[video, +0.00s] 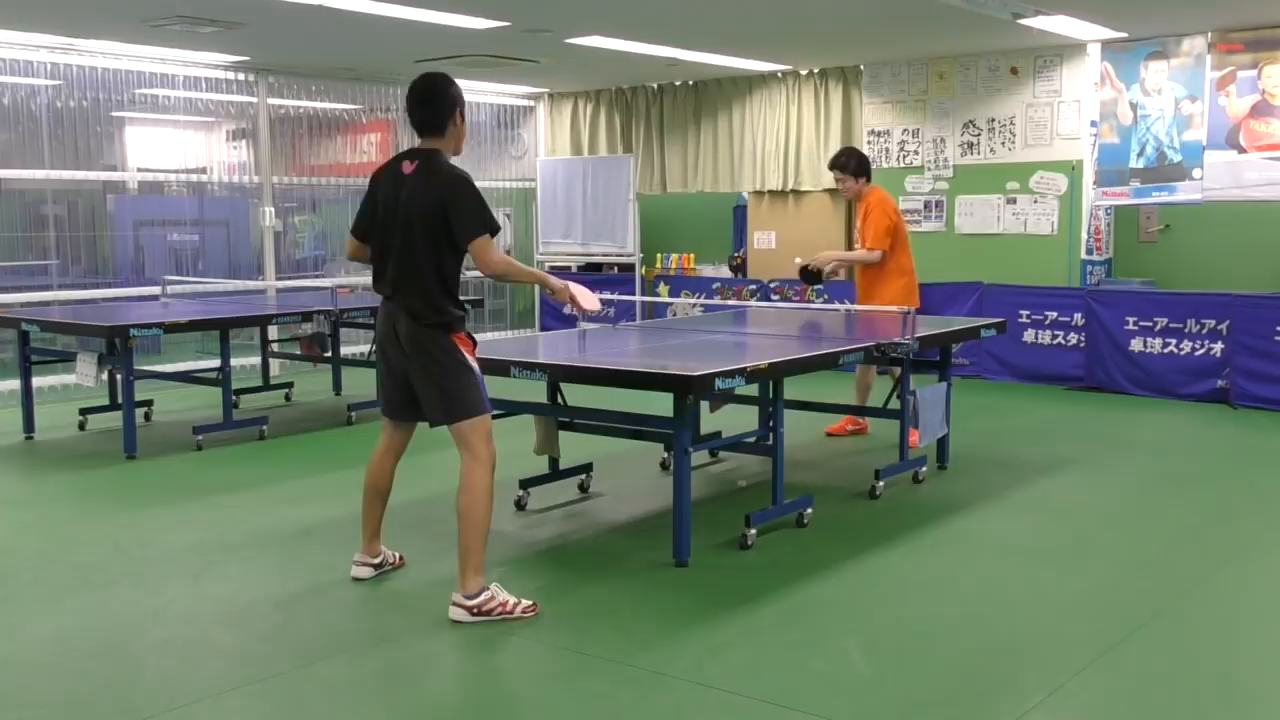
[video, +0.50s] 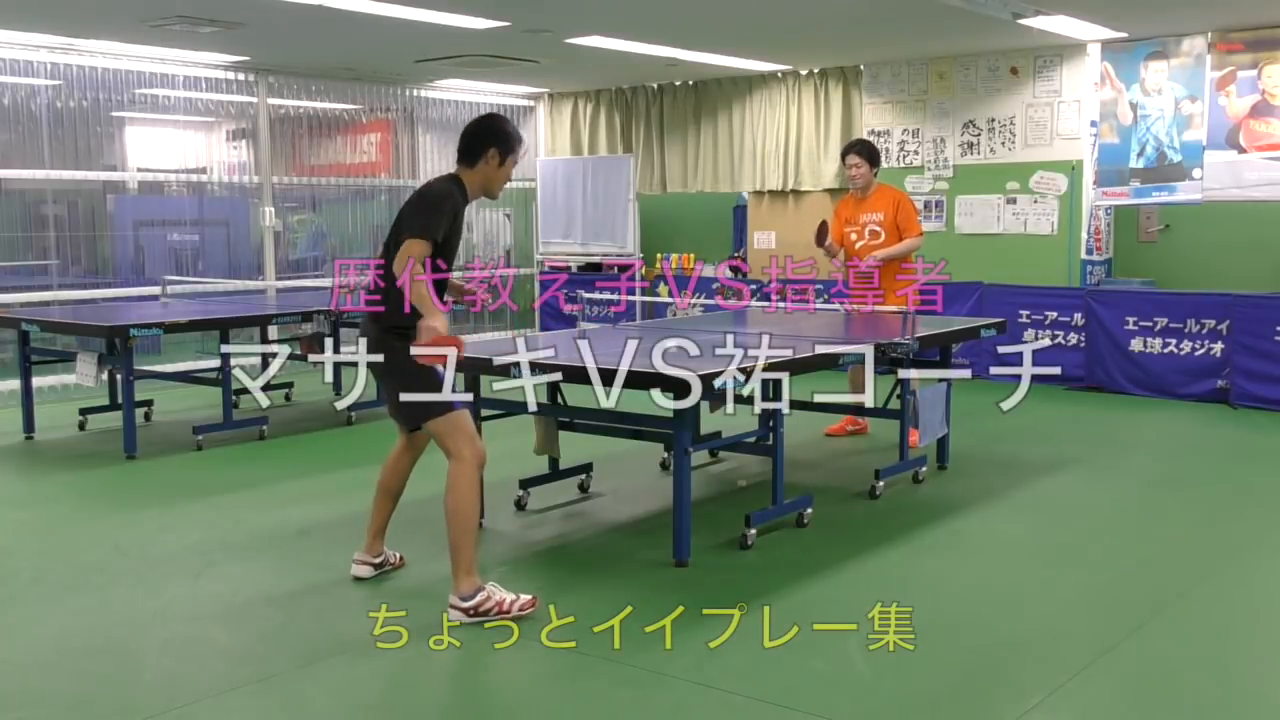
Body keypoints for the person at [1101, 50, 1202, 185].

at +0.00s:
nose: (1159, 77)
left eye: (1162, 71)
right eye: (1155, 71)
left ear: (1168, 72)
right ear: (1144, 72)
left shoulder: (1174, 89)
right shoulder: (1135, 91)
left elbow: (1199, 105)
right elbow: (1125, 121)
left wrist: (1191, 107)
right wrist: (1121, 94)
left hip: (1171, 161)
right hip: (1141, 163)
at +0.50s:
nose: (1159, 76)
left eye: (1163, 71)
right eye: (1155, 71)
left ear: (1168, 72)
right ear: (1144, 72)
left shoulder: (1173, 89)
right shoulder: (1135, 91)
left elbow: (1199, 105)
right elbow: (1125, 121)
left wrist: (1192, 107)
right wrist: (1121, 94)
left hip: (1171, 161)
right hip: (1142, 163)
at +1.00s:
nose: (1159, 77)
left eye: (1162, 71)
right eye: (1154, 71)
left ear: (1168, 72)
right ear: (1144, 72)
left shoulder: (1174, 89)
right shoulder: (1135, 91)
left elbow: (1199, 105)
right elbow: (1125, 121)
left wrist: (1191, 107)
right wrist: (1121, 94)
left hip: (1171, 161)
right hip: (1142, 163)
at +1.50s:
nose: (1159, 77)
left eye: (1163, 71)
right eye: (1155, 71)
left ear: (1168, 73)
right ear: (1144, 72)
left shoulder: (1174, 89)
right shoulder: (1135, 91)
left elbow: (1199, 105)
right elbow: (1125, 120)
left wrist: (1191, 107)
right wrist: (1122, 94)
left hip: (1171, 161)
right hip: (1142, 163)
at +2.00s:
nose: (1159, 77)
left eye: (1163, 71)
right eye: (1155, 71)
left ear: (1168, 73)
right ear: (1144, 72)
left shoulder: (1173, 89)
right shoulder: (1135, 91)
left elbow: (1199, 106)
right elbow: (1125, 121)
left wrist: (1191, 107)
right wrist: (1121, 94)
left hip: (1171, 161)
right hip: (1142, 163)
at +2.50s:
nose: (1159, 77)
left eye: (1163, 71)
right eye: (1155, 71)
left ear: (1168, 73)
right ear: (1144, 72)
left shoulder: (1173, 89)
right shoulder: (1135, 91)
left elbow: (1199, 106)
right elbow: (1125, 121)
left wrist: (1191, 107)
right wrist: (1121, 94)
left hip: (1171, 161)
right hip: (1141, 163)